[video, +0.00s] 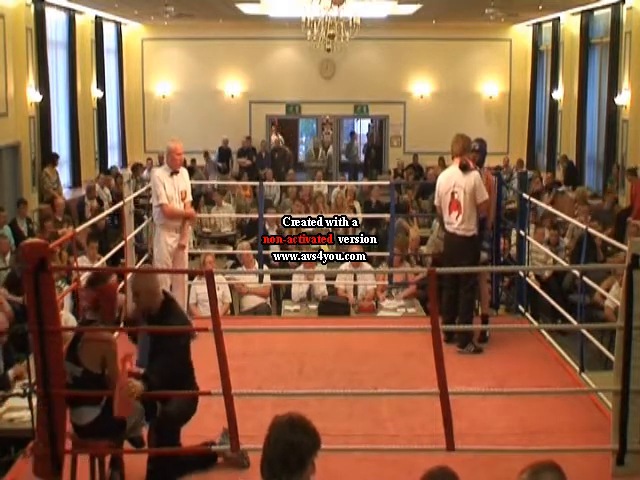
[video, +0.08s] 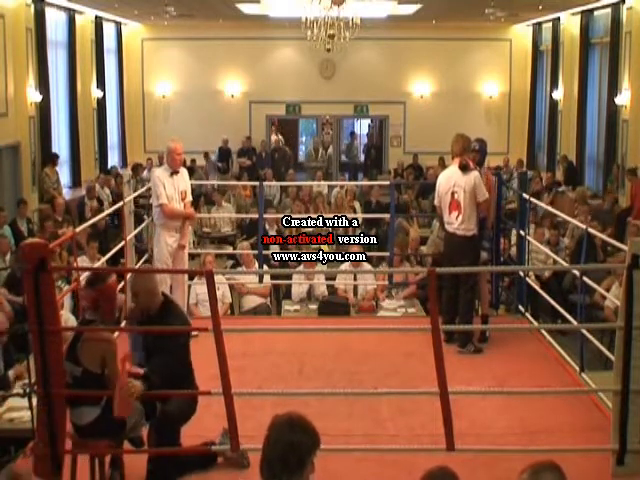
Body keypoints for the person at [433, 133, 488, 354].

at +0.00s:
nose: (470, 154)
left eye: (463, 150)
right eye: (470, 151)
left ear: (452, 152)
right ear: (469, 152)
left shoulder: (443, 176)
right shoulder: (474, 176)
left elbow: (438, 205)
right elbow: (484, 205)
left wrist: (446, 224)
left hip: (450, 235)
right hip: (469, 236)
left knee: (449, 282)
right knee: (468, 284)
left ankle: (448, 327)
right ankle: (464, 334)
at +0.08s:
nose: (470, 154)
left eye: (463, 150)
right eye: (470, 151)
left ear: (452, 152)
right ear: (469, 151)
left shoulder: (443, 176)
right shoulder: (473, 175)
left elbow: (438, 205)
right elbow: (484, 203)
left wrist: (446, 224)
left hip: (450, 235)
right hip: (469, 236)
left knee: (449, 282)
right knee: (468, 284)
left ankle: (448, 327)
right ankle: (464, 334)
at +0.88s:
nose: (467, 156)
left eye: (460, 152)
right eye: (468, 152)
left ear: (451, 152)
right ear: (469, 152)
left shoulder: (442, 176)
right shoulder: (473, 175)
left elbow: (438, 206)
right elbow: (483, 198)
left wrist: (446, 223)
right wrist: (478, 173)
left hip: (449, 234)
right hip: (468, 235)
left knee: (450, 281)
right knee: (468, 283)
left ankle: (448, 326)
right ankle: (465, 333)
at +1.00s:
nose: (469, 157)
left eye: (463, 153)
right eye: (469, 153)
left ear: (451, 152)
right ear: (469, 152)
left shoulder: (442, 176)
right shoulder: (472, 176)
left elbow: (437, 207)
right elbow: (485, 201)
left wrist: (446, 223)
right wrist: (481, 174)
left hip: (449, 234)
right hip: (468, 235)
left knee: (450, 281)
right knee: (468, 284)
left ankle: (448, 327)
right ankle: (465, 334)